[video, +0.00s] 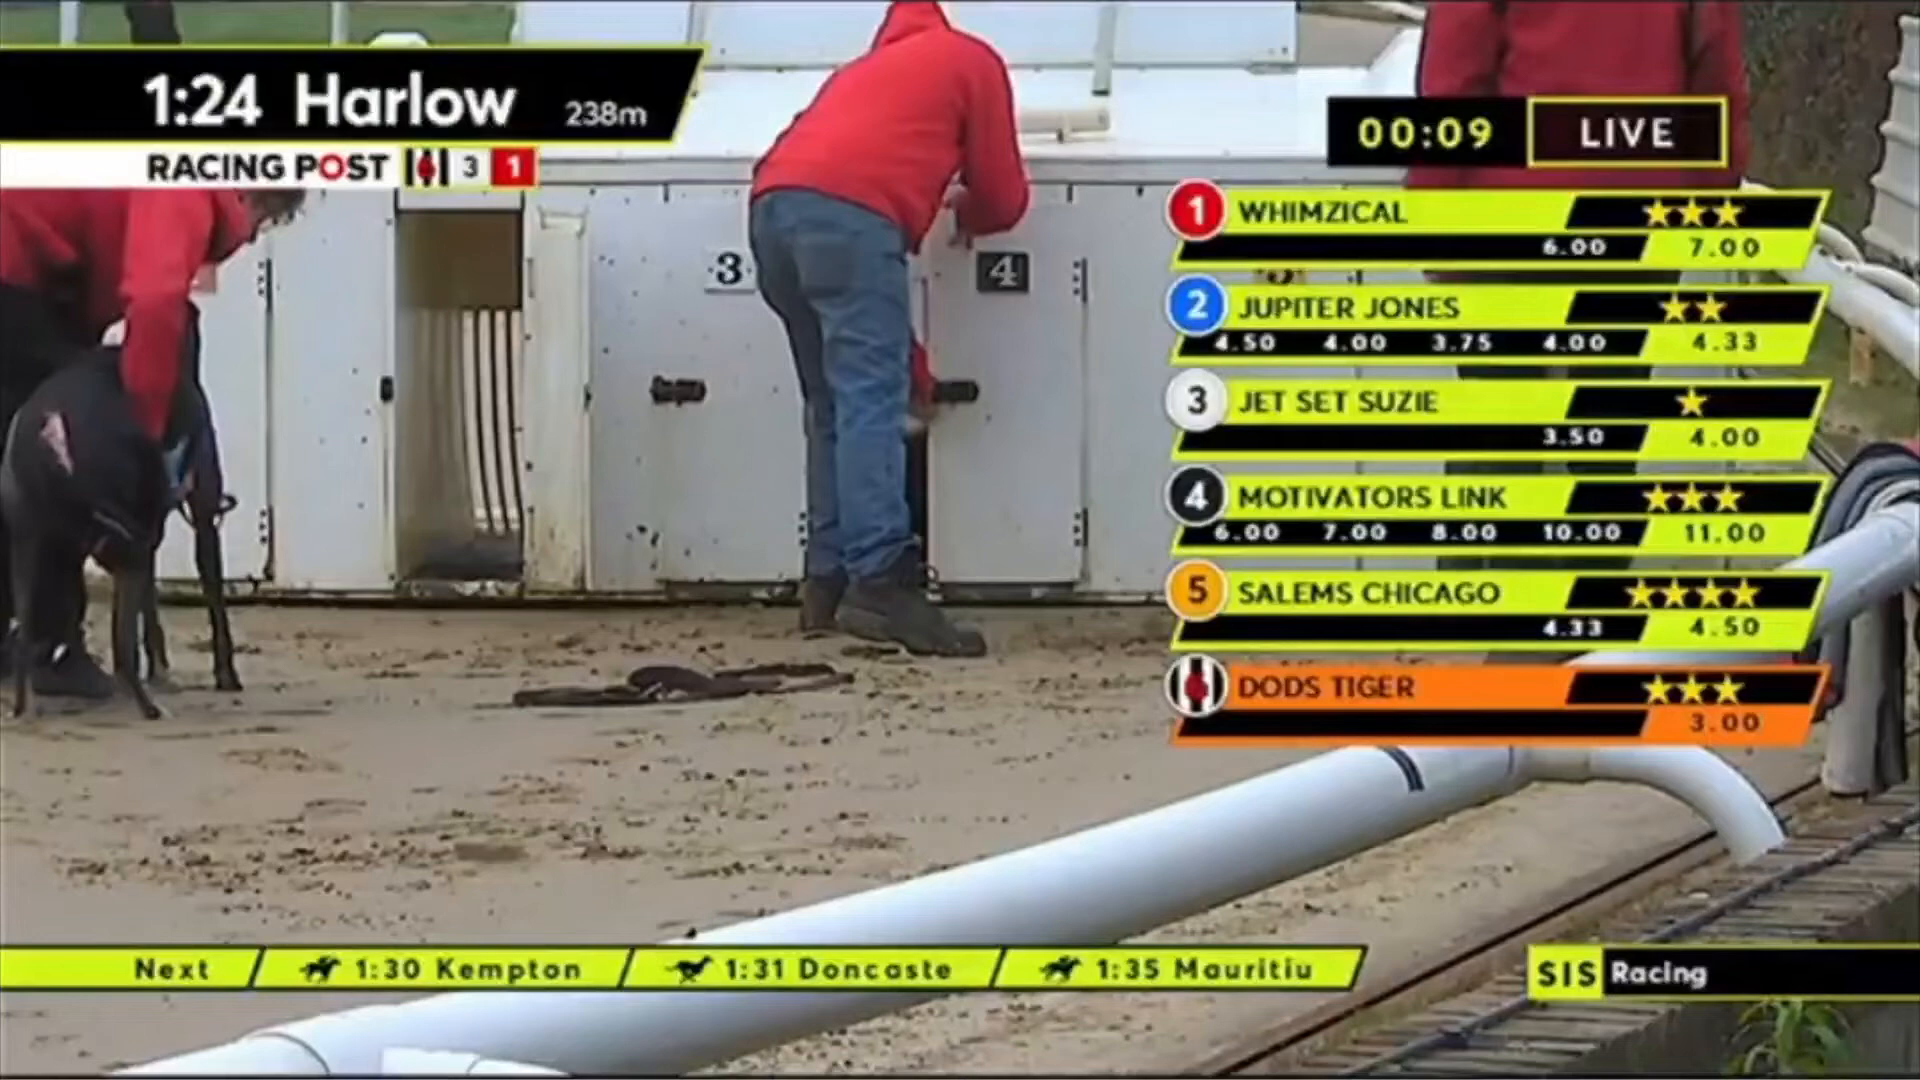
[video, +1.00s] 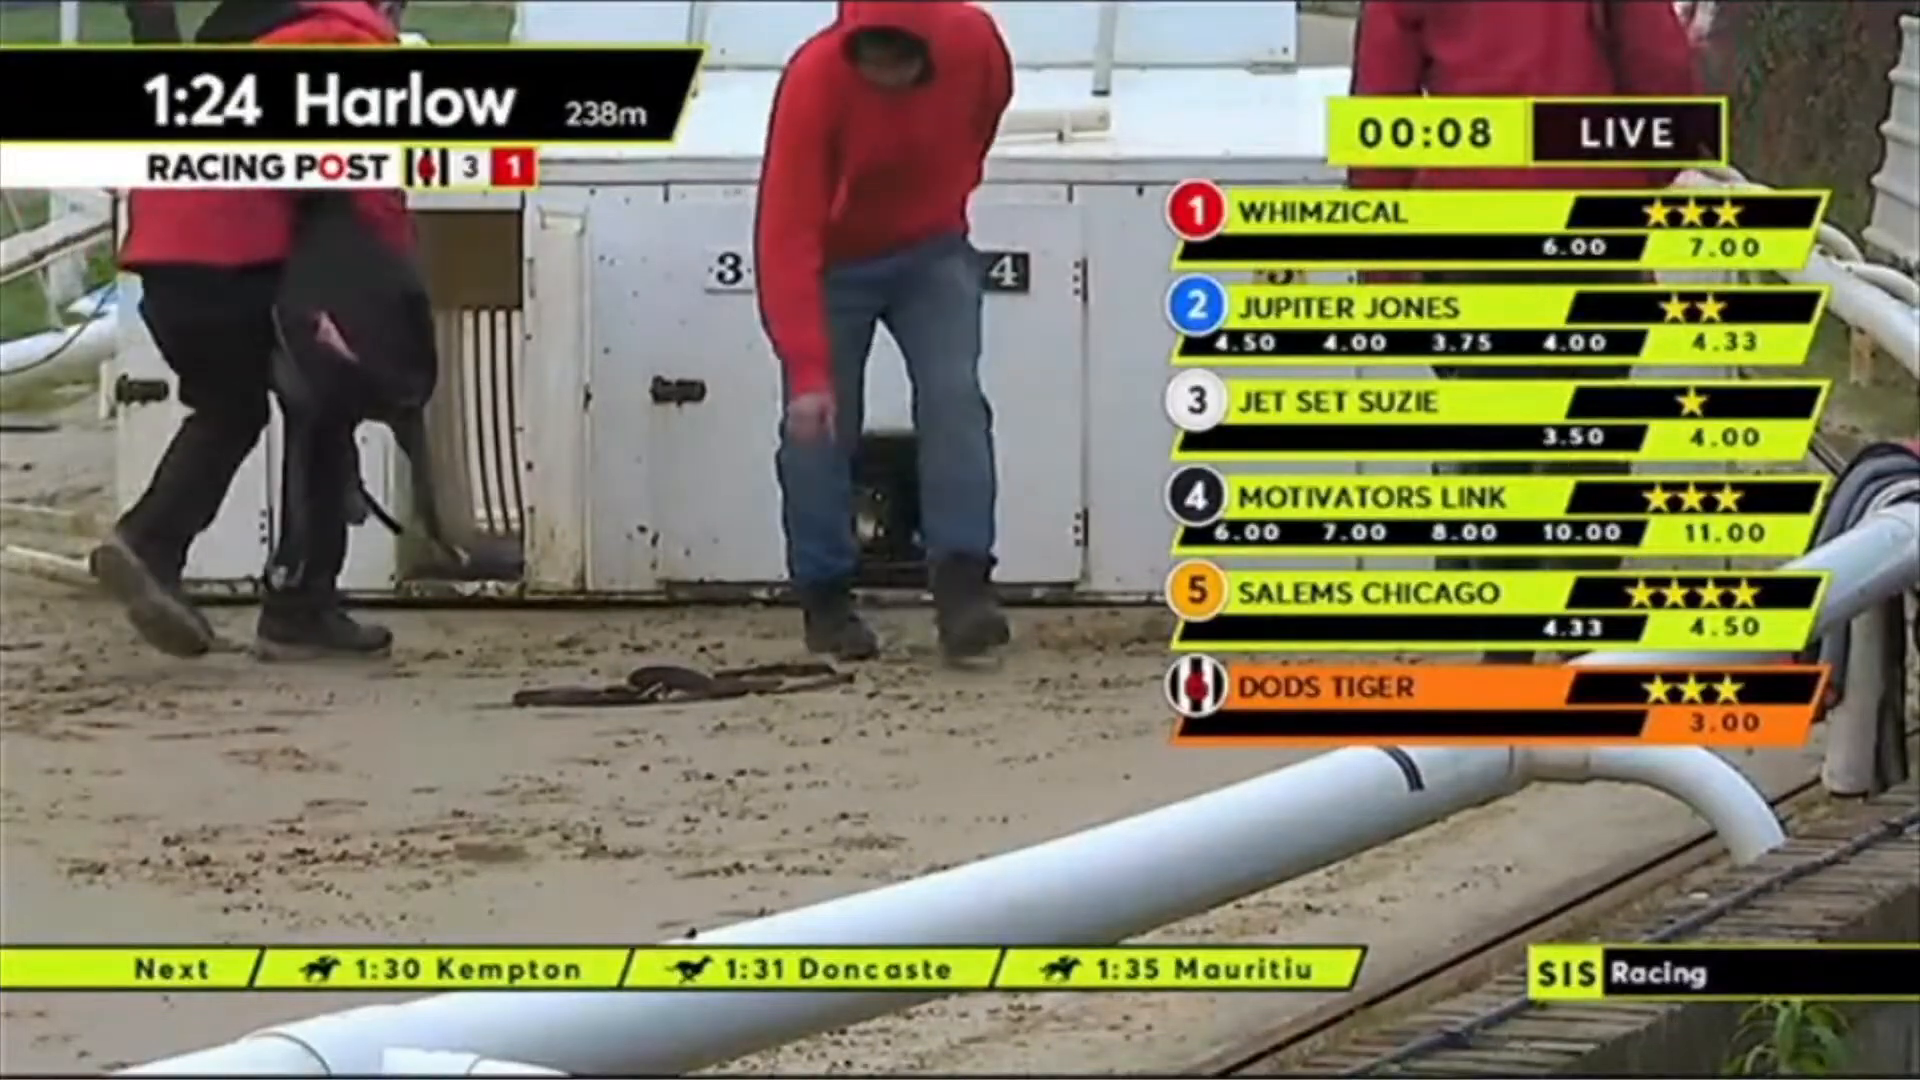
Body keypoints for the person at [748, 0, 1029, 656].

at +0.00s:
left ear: (894, 28)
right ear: (951, 23)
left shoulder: (861, 67)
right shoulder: (973, 58)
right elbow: (1003, 205)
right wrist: (968, 210)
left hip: (774, 212)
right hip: (854, 215)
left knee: (825, 403)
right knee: (872, 401)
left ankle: (826, 584)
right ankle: (880, 584)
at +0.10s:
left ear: (912, 17)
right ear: (968, 18)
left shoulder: (872, 60)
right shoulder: (977, 57)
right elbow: (1005, 201)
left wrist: (899, 371)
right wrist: (974, 228)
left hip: (773, 210)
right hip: (850, 216)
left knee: (825, 399)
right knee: (866, 400)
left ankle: (827, 580)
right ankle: (870, 584)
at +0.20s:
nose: (1013, 48)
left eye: (1014, 39)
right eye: (1011, 36)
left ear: (933, 12)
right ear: (992, 20)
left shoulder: (887, 48)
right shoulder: (979, 51)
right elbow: (997, 190)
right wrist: (975, 251)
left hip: (777, 208)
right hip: (846, 218)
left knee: (827, 402)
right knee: (860, 400)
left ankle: (831, 586)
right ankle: (855, 594)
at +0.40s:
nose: (1029, 22)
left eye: (1035, 13)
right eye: (1033, 10)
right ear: (1017, 1)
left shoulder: (909, 16)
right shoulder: (969, 20)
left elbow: (855, 122)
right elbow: (933, 137)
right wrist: (931, 249)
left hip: (783, 207)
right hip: (831, 216)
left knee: (833, 401)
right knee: (862, 394)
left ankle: (830, 582)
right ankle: (828, 587)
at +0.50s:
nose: (1015, 12)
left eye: (1015, 11)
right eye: (1014, 7)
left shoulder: (919, 12)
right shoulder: (945, 13)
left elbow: (830, 78)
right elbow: (882, 109)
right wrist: (881, 242)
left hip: (808, 217)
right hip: (821, 223)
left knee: (849, 394)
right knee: (862, 392)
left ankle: (843, 581)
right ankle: (831, 595)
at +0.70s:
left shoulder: (963, 12)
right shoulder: (862, 18)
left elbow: (899, 114)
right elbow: (781, 136)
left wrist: (895, 223)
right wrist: (841, 254)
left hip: (892, 248)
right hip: (816, 251)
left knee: (936, 392)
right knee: (857, 414)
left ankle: (872, 560)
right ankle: (821, 605)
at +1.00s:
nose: (886, 66)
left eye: (901, 52)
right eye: (871, 50)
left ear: (928, 38)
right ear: (851, 36)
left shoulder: (974, 41)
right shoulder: (815, 77)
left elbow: (980, 131)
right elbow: (787, 234)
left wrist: (938, 211)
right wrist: (806, 372)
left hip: (932, 259)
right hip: (830, 271)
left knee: (952, 395)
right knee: (817, 419)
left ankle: (963, 587)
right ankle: (826, 602)